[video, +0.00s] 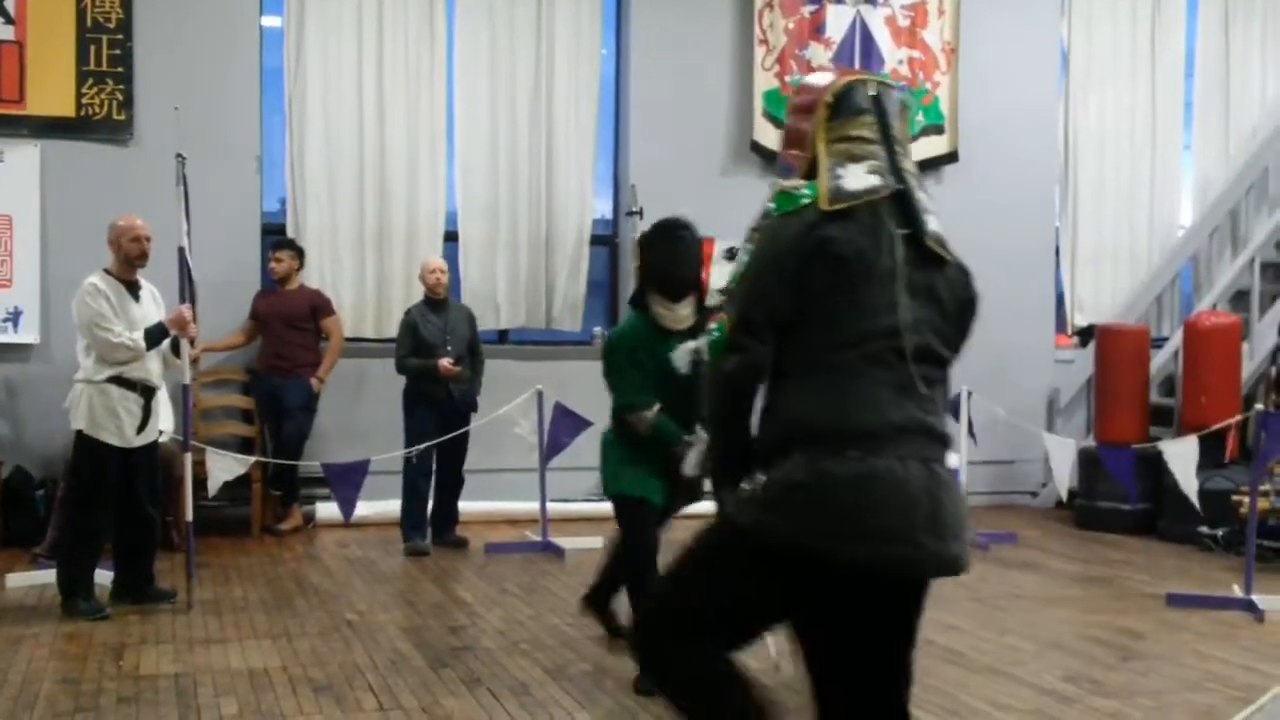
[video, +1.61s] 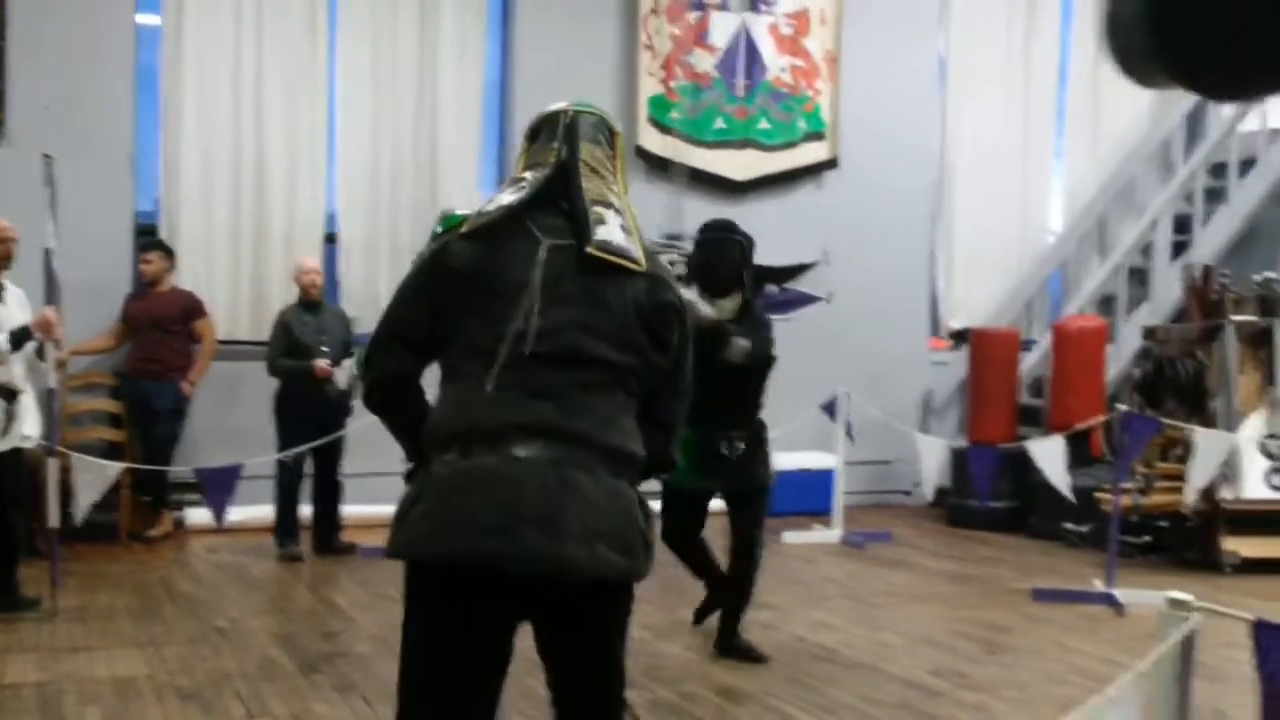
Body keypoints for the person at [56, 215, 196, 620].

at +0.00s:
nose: (145, 247)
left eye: (148, 240)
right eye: (136, 241)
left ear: (151, 246)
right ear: (114, 246)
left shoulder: (151, 293)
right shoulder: (93, 290)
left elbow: (166, 354)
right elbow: (114, 348)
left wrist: (183, 345)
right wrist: (167, 328)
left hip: (146, 410)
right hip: (104, 408)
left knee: (141, 502)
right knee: (90, 503)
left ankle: (134, 583)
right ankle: (76, 592)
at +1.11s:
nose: (108, 249)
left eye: (111, 242)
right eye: (99, 242)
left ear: (113, 247)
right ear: (78, 247)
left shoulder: (115, 295)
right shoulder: (57, 291)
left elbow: (135, 367)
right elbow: (76, 349)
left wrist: (146, 345)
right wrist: (130, 329)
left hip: (108, 414)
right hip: (66, 412)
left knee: (104, 504)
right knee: (53, 505)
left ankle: (99, 585)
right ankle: (40, 594)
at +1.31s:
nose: (59, 248)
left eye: (63, 241)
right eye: (51, 241)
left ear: (66, 248)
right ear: (30, 247)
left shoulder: (68, 295)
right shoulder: (10, 292)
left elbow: (79, 356)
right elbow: (30, 351)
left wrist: (98, 342)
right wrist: (80, 331)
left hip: (61, 417)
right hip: (19, 416)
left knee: (57, 507)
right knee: (14, 508)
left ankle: (51, 588)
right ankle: (4, 593)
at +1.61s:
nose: (12, 249)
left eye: (13, 242)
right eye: (7, 242)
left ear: (14, 246)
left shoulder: (17, 295)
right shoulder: (9, 297)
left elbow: (26, 357)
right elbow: (6, 348)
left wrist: (45, 342)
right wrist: (29, 332)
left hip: (21, 414)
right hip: (9, 416)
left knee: (17, 505)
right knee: (12, 506)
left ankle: (11, 587)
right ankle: (9, 588)